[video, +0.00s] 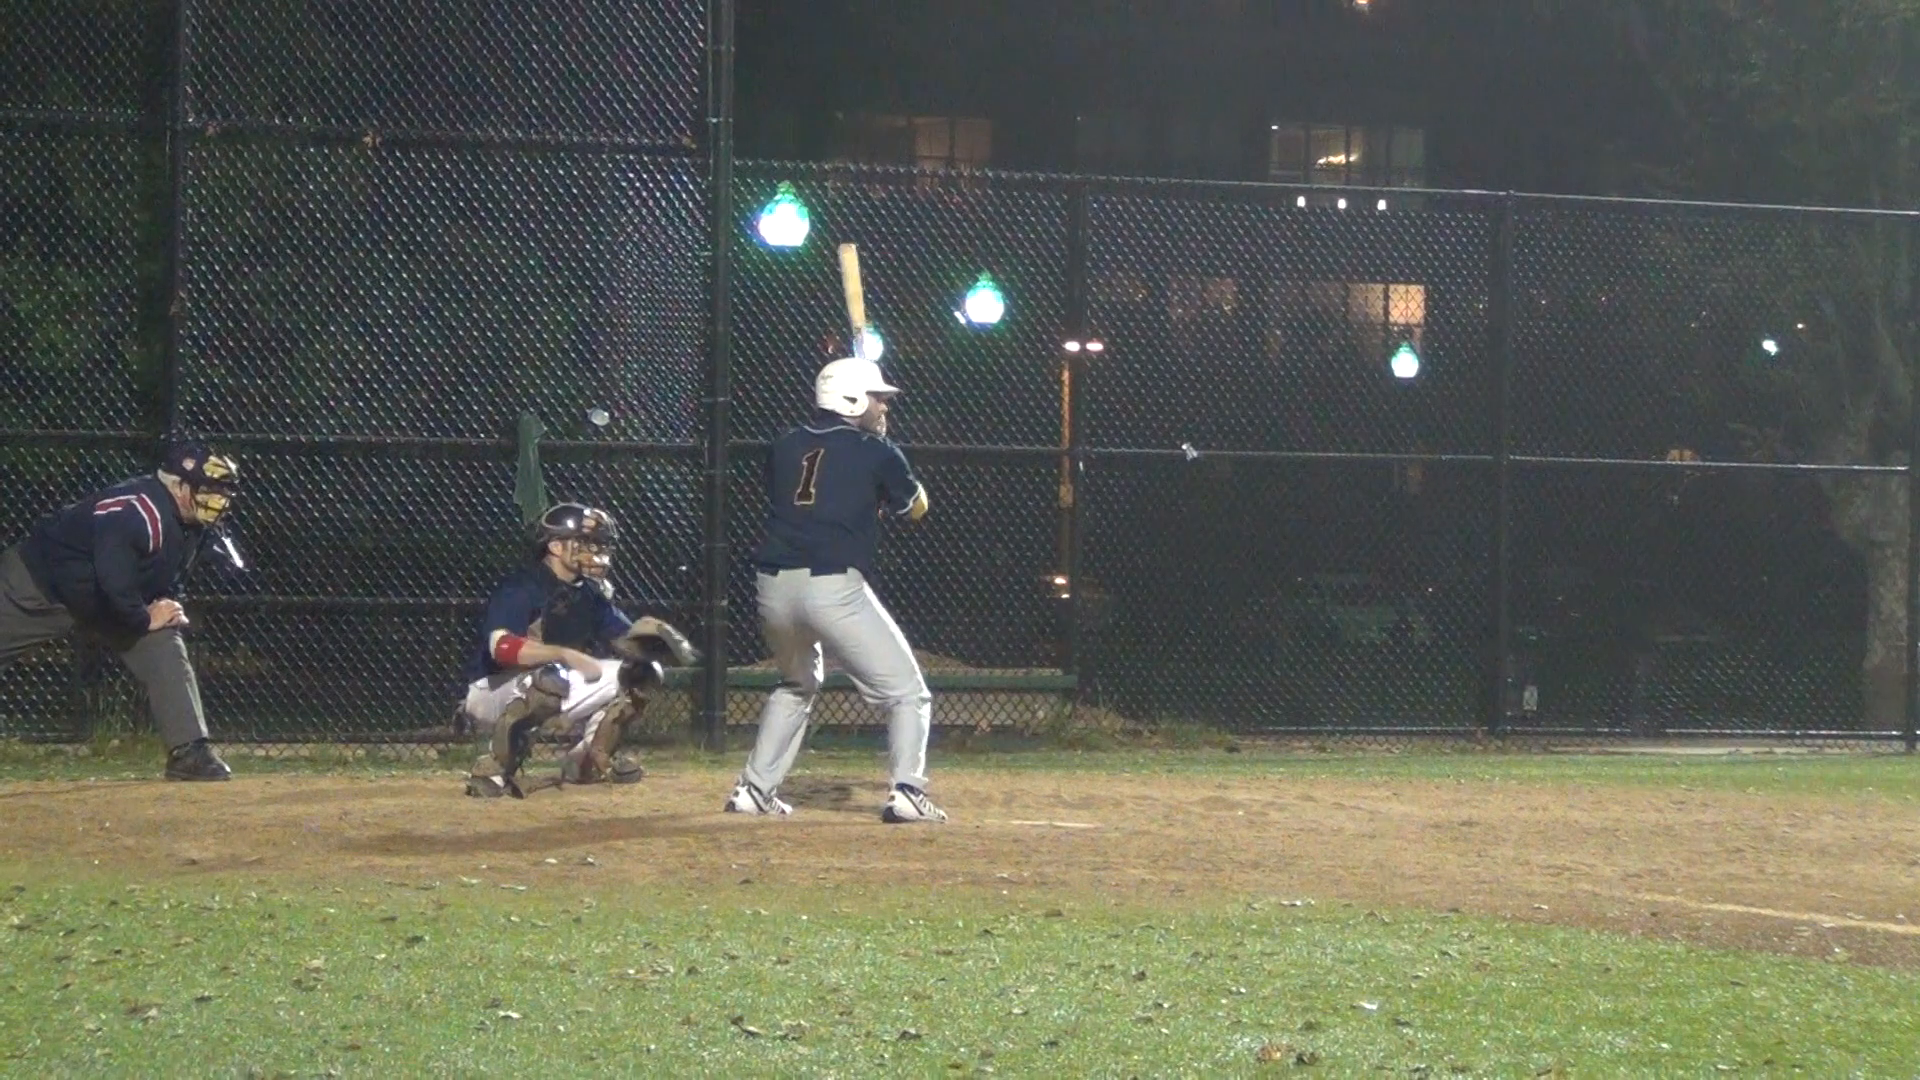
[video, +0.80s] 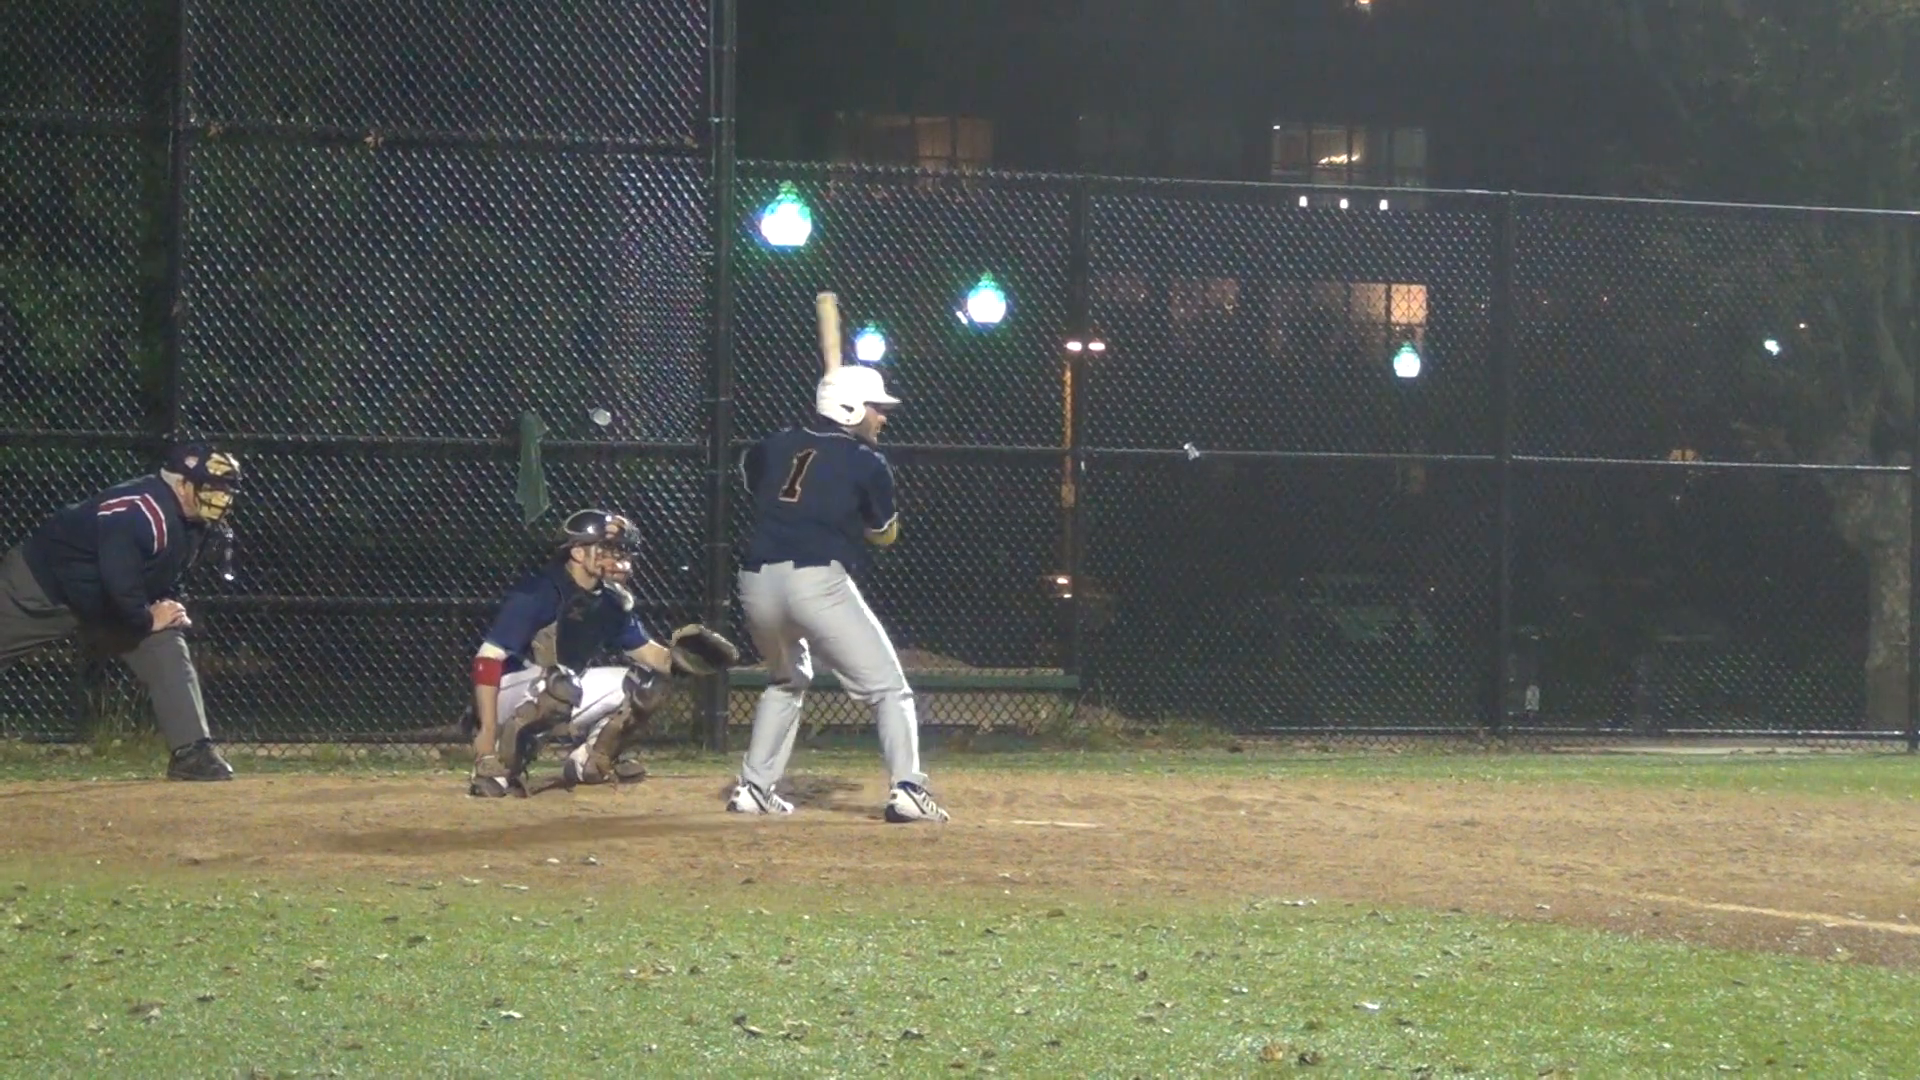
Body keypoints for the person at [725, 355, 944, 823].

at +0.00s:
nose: (884, 407)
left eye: (883, 398)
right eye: (878, 399)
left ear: (827, 402)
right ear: (856, 403)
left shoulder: (784, 443)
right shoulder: (876, 452)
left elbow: (804, 497)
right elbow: (917, 508)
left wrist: (867, 442)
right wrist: (885, 447)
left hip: (772, 588)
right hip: (835, 589)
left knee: (796, 684)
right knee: (909, 695)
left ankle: (754, 790)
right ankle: (908, 793)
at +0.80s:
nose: (883, 418)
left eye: (883, 409)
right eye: (877, 409)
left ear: (830, 409)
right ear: (850, 409)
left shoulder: (774, 443)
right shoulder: (868, 462)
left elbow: (751, 481)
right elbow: (883, 535)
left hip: (756, 581)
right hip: (819, 581)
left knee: (786, 680)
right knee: (889, 690)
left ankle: (754, 787)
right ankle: (908, 789)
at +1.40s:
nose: (905, 444)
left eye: (905, 435)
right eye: (901, 434)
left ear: (849, 429)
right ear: (886, 429)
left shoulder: (802, 468)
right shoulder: (903, 473)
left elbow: (732, 512)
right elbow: (910, 534)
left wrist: (784, 480)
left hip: (807, 599)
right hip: (873, 595)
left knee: (803, 688)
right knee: (954, 699)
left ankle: (759, 787)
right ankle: (977, 794)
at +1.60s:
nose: (924, 466)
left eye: (925, 460)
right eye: (924, 458)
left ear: (872, 439)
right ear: (913, 451)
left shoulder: (823, 473)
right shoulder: (923, 490)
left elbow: (748, 511)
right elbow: (925, 549)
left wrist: (800, 529)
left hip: (821, 608)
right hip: (891, 607)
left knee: (809, 690)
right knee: (971, 700)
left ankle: (761, 787)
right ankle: (982, 792)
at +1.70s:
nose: (925, 466)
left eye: (926, 459)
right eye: (925, 458)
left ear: (873, 438)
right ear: (915, 452)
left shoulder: (823, 470)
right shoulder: (923, 493)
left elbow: (744, 494)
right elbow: (919, 548)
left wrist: (799, 499)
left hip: (817, 609)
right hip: (887, 608)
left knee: (804, 689)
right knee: (966, 701)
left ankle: (761, 786)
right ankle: (982, 790)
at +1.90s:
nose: (903, 463)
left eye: (905, 456)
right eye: (904, 454)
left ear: (852, 430)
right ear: (895, 447)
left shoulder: (804, 457)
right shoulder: (900, 490)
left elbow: (723, 467)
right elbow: (888, 548)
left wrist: (782, 465)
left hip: (793, 601)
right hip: (860, 601)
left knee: (791, 685)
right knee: (940, 700)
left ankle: (760, 785)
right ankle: (978, 790)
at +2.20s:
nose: (861, 423)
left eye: (863, 415)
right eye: (860, 413)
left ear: (810, 390)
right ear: (848, 405)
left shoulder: (754, 423)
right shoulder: (852, 450)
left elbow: (680, 448)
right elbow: (848, 511)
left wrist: (729, 476)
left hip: (752, 567)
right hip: (816, 563)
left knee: (771, 676)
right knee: (889, 671)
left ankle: (760, 785)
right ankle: (933, 776)